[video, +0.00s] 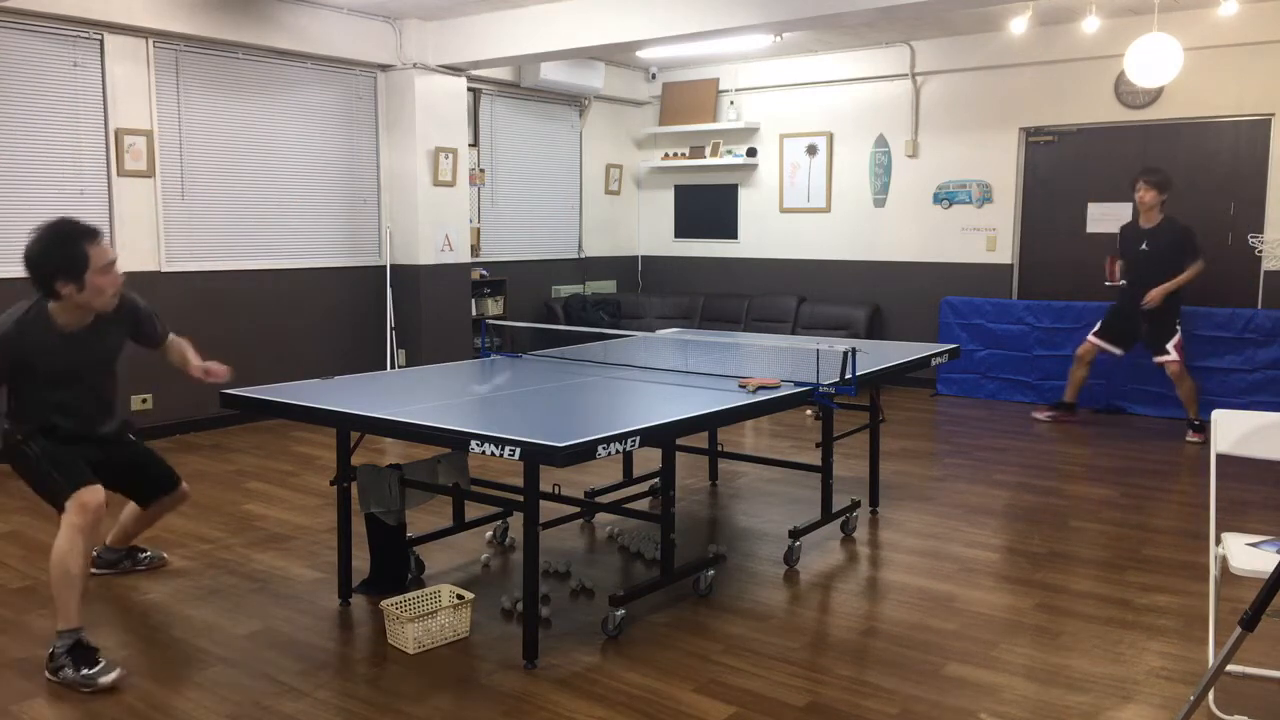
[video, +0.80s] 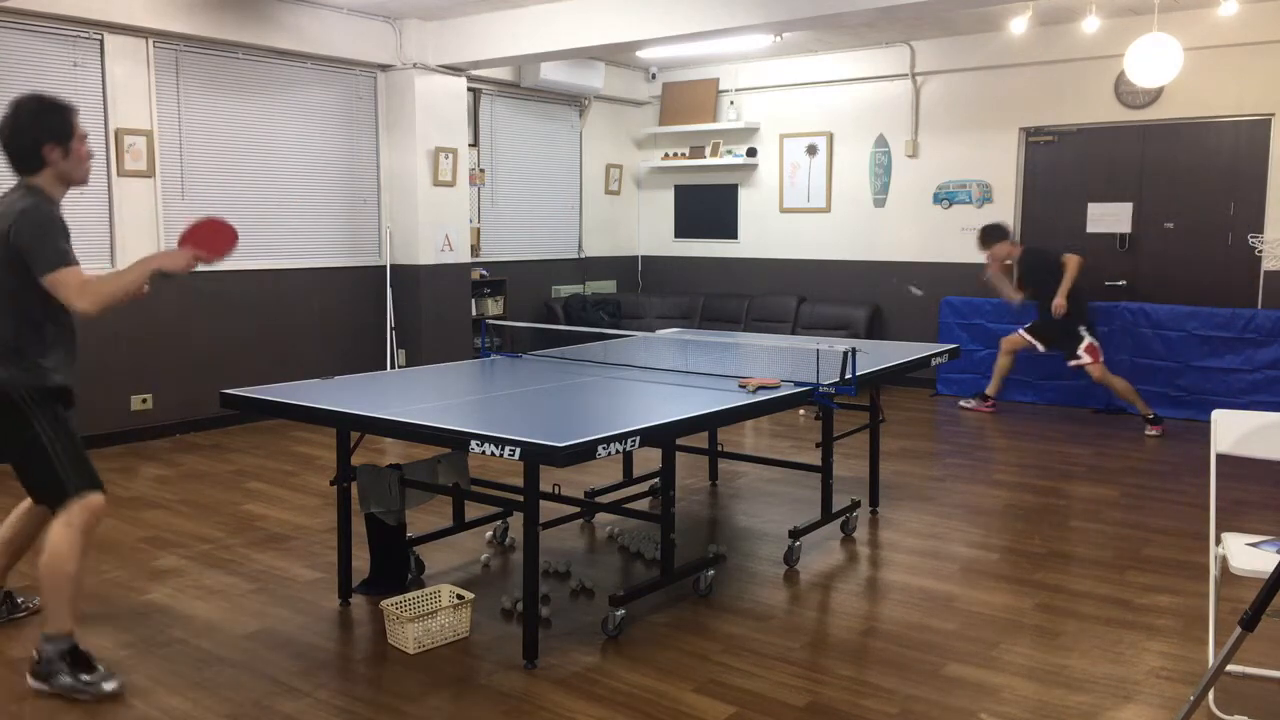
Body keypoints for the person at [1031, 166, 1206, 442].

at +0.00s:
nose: (1141, 195)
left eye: (1148, 190)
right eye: (1138, 189)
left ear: (1163, 196)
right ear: (1134, 194)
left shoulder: (1177, 231)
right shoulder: (1128, 231)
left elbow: (1198, 265)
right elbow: (1126, 266)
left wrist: (1164, 290)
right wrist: (1116, 272)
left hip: (1162, 309)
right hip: (1128, 306)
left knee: (1175, 370)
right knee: (1084, 353)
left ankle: (1195, 423)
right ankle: (1067, 406)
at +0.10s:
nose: (1129, 202)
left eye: (1136, 197)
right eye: (1126, 196)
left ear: (1149, 202)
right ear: (1122, 199)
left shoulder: (1164, 235)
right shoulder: (1111, 233)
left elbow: (1180, 267)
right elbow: (1102, 263)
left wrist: (1152, 289)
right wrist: (1107, 276)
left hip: (1147, 312)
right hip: (1112, 308)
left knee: (1167, 368)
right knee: (1071, 357)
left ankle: (1195, 422)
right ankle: (1051, 403)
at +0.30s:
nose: (1101, 202)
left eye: (1108, 197)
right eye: (1099, 196)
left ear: (1120, 201)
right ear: (1094, 199)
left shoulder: (1134, 230)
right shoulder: (1082, 228)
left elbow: (1153, 258)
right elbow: (1066, 260)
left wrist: (1124, 279)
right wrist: (1083, 273)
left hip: (1122, 303)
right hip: (1086, 302)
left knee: (1142, 357)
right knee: (1058, 354)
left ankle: (1162, 417)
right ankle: (1045, 403)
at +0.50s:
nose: (1076, 215)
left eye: (1083, 210)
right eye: (1074, 209)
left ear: (1097, 212)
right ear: (1070, 211)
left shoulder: (1118, 238)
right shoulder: (1070, 234)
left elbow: (1134, 270)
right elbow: (1055, 257)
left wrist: (1094, 281)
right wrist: (1054, 261)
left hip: (1112, 308)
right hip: (1080, 304)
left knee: (1129, 359)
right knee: (1046, 348)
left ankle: (1151, 415)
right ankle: (1044, 402)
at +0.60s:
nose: (1050, 221)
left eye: (1054, 215)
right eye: (1048, 216)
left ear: (1069, 215)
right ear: (1050, 218)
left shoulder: (1091, 238)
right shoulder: (1058, 243)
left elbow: (1117, 270)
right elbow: (1050, 260)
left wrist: (1077, 286)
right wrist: (1035, 252)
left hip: (1102, 309)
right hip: (1073, 307)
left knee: (1120, 361)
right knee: (1033, 341)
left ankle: (1150, 415)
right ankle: (1027, 396)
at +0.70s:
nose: (1021, 234)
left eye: (1023, 227)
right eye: (1018, 229)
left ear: (1038, 223)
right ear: (1023, 232)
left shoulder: (1062, 243)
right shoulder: (1043, 252)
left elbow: (1097, 263)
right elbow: (1040, 275)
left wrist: (1069, 291)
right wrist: (1019, 251)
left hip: (1089, 314)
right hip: (1064, 313)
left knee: (1109, 367)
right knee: (1022, 344)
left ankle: (1150, 417)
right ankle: (999, 397)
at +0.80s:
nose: (990, 256)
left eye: (991, 250)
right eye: (988, 252)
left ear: (1005, 243)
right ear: (1001, 246)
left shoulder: (1033, 255)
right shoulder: (1021, 264)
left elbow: (1074, 260)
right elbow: (1017, 296)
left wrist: (1061, 294)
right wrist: (996, 277)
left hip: (1072, 323)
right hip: (1048, 323)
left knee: (1099, 374)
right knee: (1008, 344)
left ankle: (1150, 416)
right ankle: (988, 398)